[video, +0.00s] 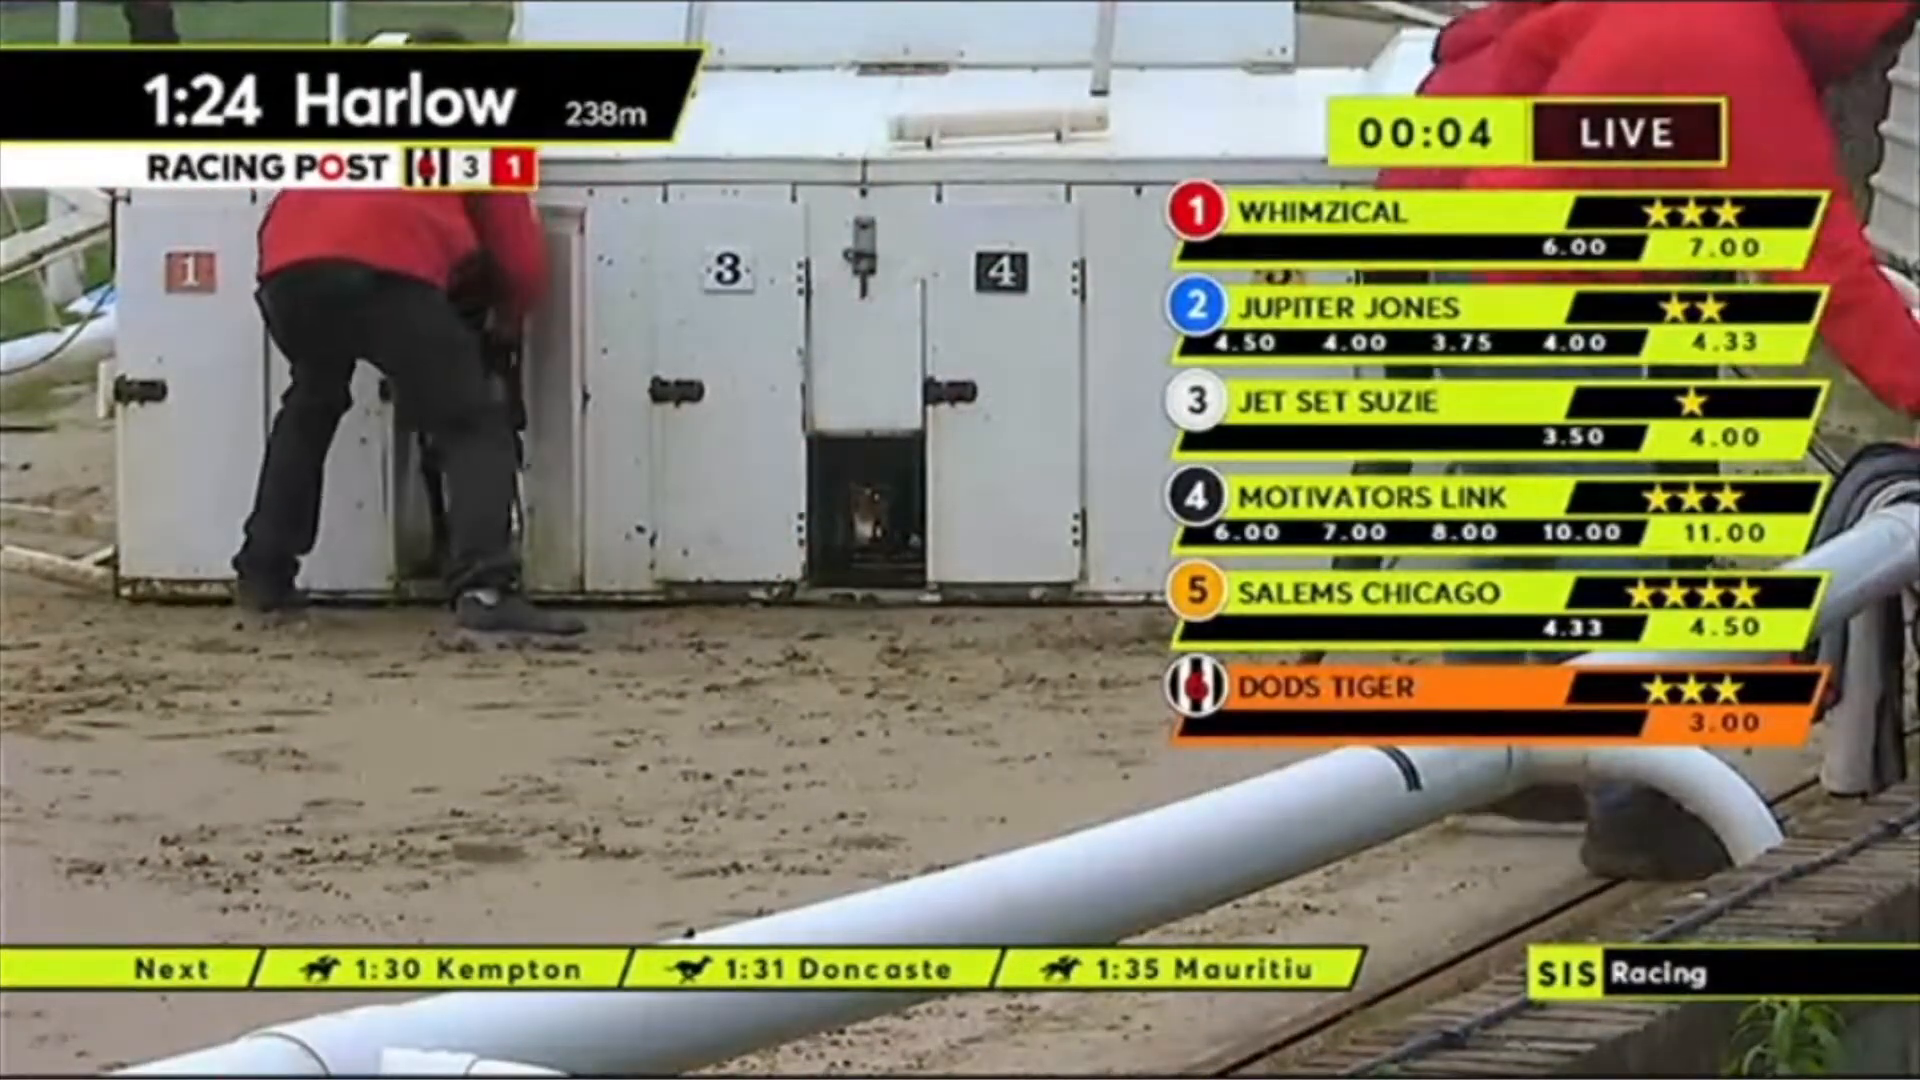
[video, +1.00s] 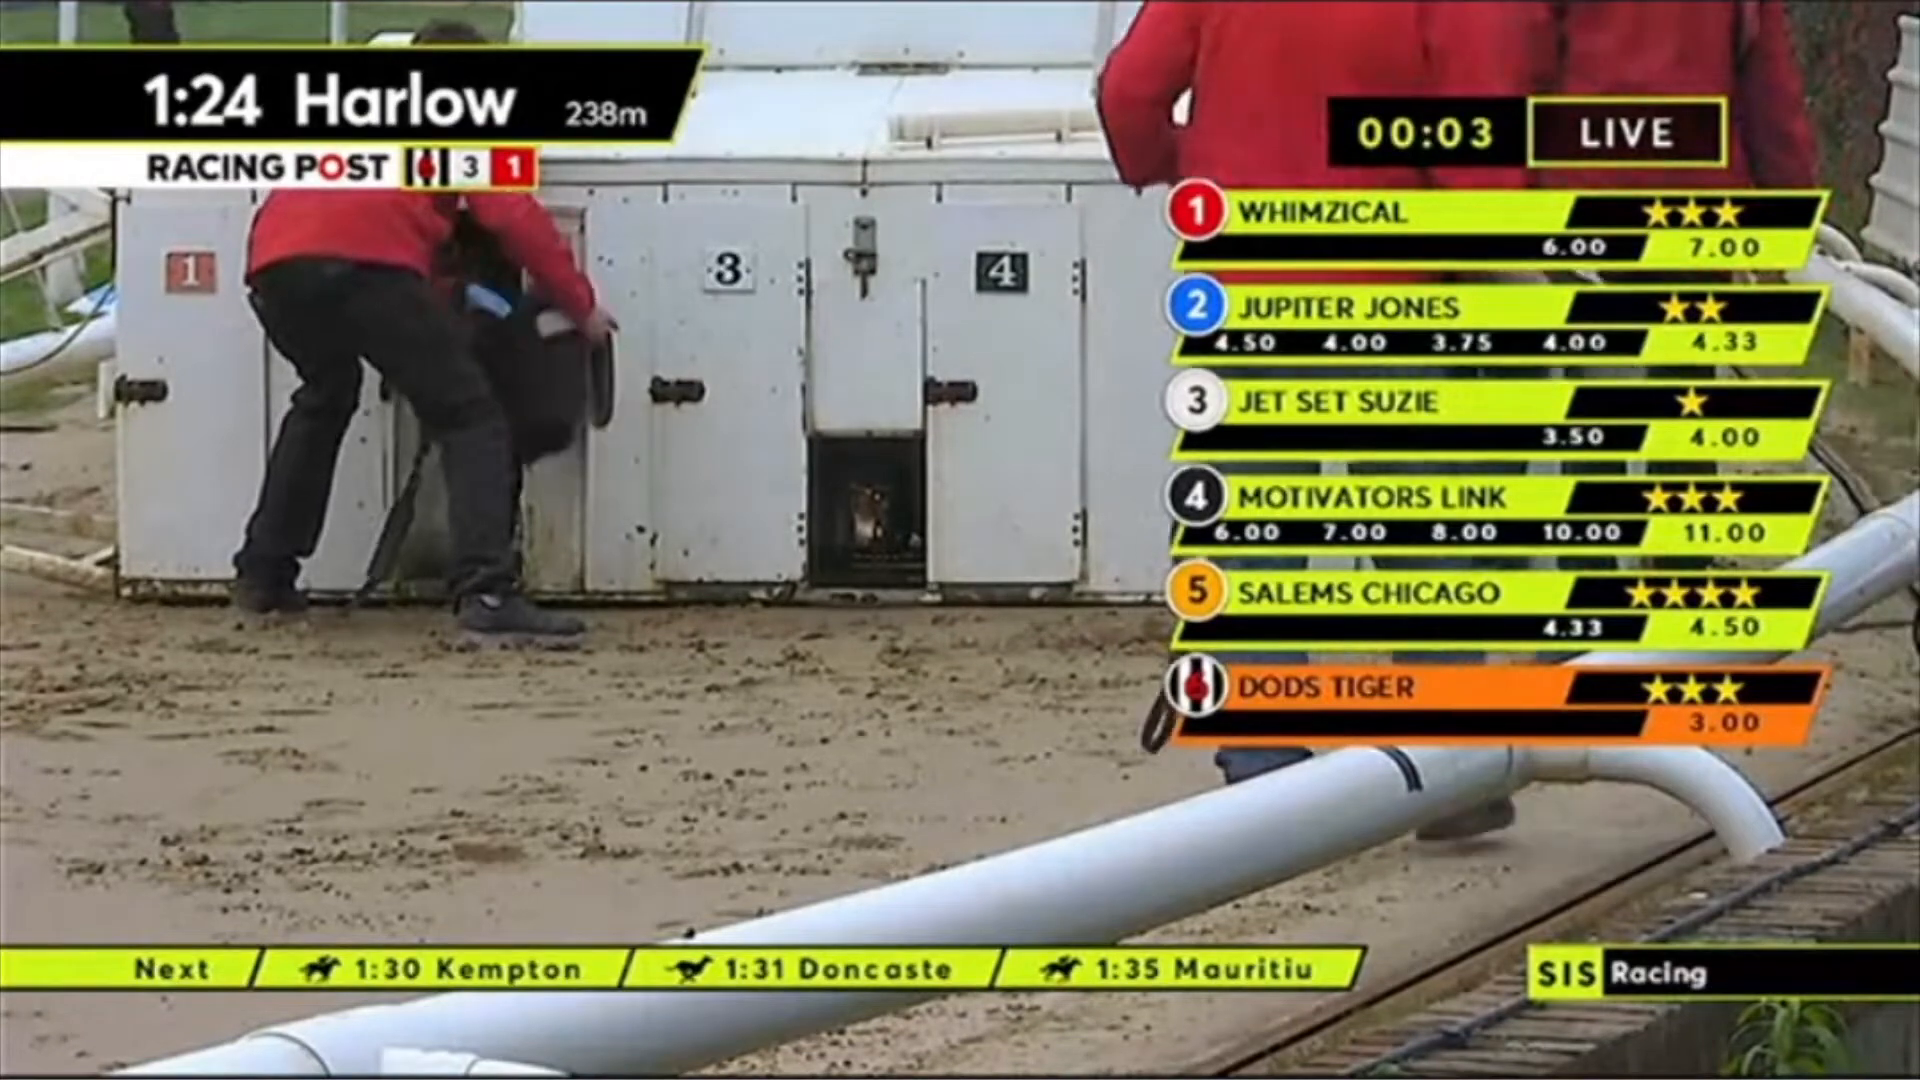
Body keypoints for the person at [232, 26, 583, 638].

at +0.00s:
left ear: (388, 73)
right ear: (471, 83)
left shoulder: (344, 123)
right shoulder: (484, 133)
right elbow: (525, 266)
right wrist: (504, 323)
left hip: (289, 271)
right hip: (391, 273)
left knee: (315, 392)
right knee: (472, 422)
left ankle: (262, 574)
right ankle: (484, 591)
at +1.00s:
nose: (490, 104)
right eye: (485, 91)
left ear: (411, 61)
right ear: (473, 78)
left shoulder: (353, 117)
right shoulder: (468, 128)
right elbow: (515, 218)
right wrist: (583, 309)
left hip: (277, 266)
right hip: (375, 265)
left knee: (326, 391)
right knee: (471, 418)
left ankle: (264, 572)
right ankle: (487, 594)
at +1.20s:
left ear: (401, 55)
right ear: (471, 63)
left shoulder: (353, 104)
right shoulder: (486, 110)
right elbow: (513, 205)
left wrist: (459, 316)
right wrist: (510, 303)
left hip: (283, 269)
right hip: (382, 267)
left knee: (320, 392)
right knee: (472, 420)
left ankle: (263, 575)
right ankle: (489, 594)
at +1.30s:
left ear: (400, 43)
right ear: (471, 54)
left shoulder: (348, 89)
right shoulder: (490, 105)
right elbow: (501, 221)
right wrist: (482, 298)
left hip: (280, 267)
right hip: (381, 266)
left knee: (319, 390)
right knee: (467, 419)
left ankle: (263, 575)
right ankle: (489, 594)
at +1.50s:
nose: (473, 63)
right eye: (470, 50)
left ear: (402, 26)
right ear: (458, 43)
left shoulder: (331, 69)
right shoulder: (456, 90)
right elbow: (467, 209)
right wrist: (454, 292)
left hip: (262, 245)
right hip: (360, 252)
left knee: (299, 390)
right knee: (422, 409)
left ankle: (260, 575)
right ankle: (463, 586)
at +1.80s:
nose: (473, 81)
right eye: (474, 69)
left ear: (411, 31)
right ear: (466, 50)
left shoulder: (339, 62)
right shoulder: (462, 85)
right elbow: (462, 221)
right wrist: (438, 281)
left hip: (255, 238)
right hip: (349, 247)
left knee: (312, 396)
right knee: (402, 414)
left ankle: (262, 574)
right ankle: (416, 591)